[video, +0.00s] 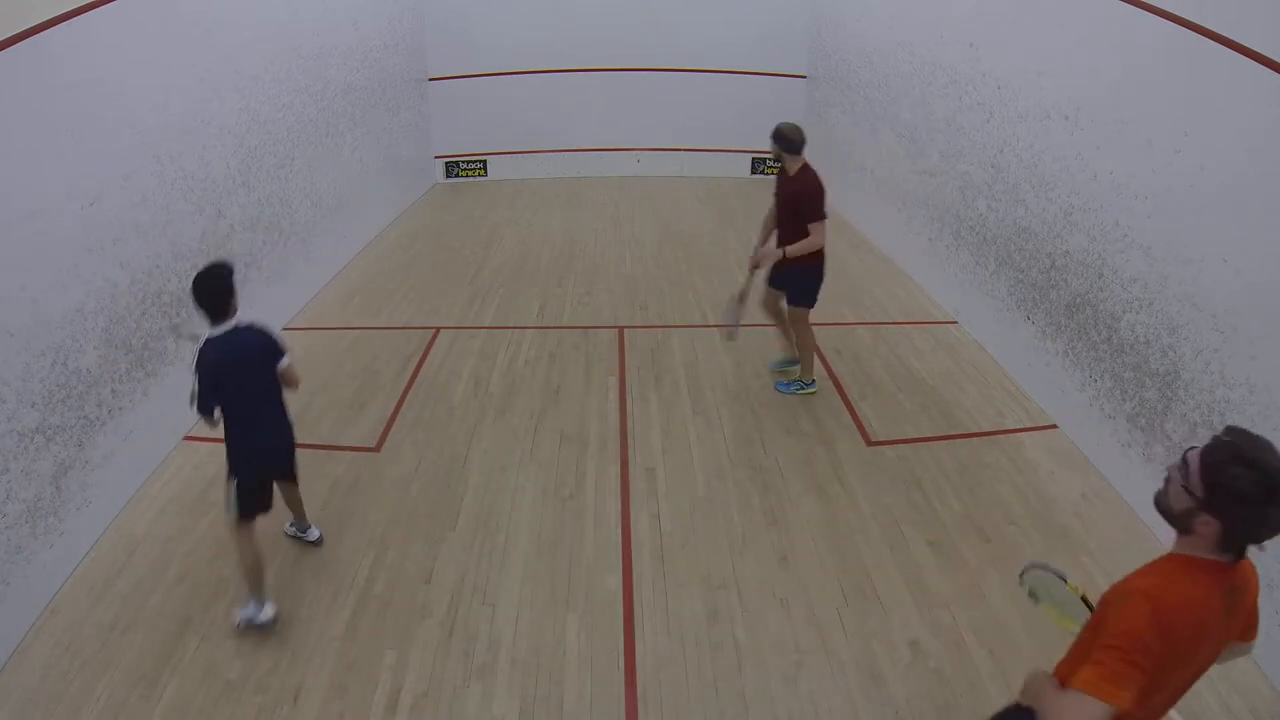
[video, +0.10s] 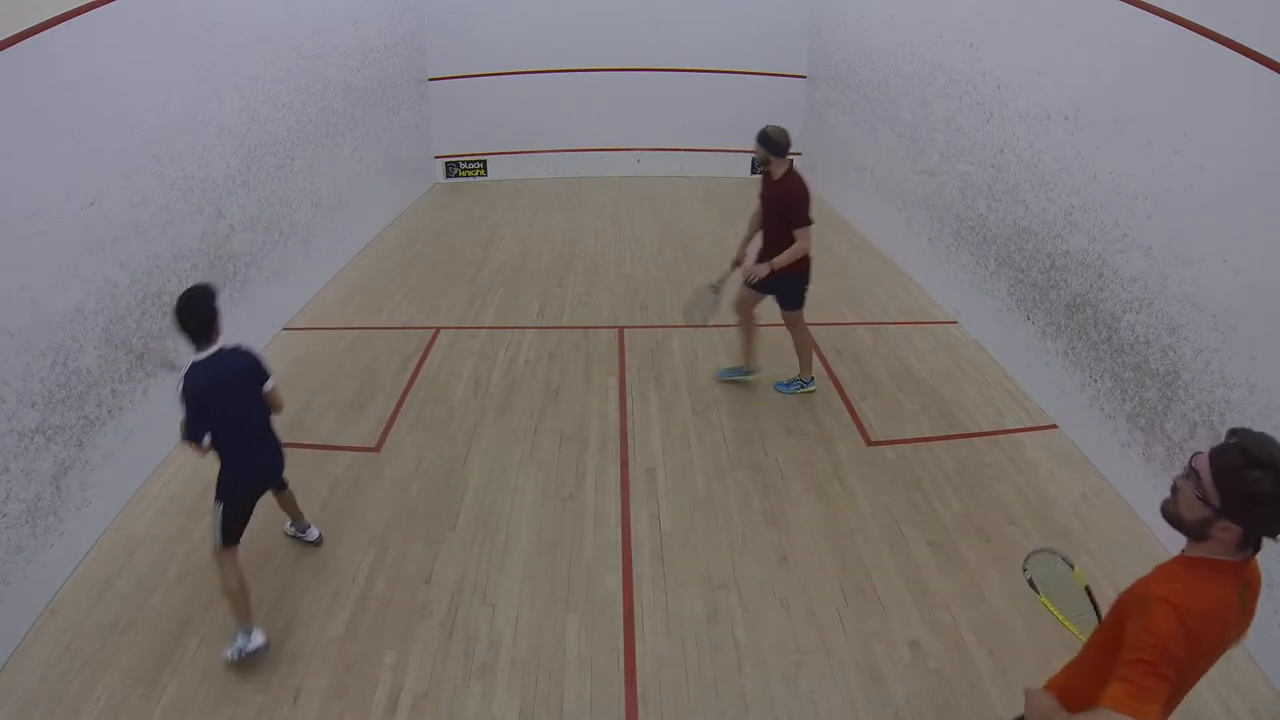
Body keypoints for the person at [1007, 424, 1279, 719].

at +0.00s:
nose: (1172, 465)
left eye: (1185, 473)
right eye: (1185, 459)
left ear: (1206, 524)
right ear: (1210, 526)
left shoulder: (1146, 599)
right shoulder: (1240, 576)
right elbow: (1236, 645)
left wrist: (1040, 691)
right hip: (1139, 710)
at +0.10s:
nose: (1180, 475)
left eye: (1195, 481)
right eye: (1191, 465)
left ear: (1226, 528)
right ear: (1229, 530)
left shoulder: (1165, 604)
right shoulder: (1244, 577)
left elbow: (1127, 712)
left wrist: (1057, 716)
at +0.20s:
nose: (1185, 490)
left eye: (1203, 493)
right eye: (1196, 477)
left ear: (1241, 536)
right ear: (1242, 538)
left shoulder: (1186, 615)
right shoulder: (1247, 574)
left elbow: (1151, 708)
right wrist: (1087, 654)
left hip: (1070, 715)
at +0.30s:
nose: (1191, 504)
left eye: (1211, 508)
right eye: (1201, 490)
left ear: (1251, 546)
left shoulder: (1198, 630)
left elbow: (1168, 711)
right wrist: (1100, 676)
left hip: (1077, 717)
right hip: (1079, 705)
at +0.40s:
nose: (1195, 514)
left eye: (1216, 518)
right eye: (1204, 498)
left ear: (1258, 552)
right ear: (1206, 485)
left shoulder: (1200, 636)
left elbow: (1176, 710)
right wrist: (1099, 676)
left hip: (1082, 715)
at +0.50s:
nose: (1198, 522)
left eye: (1222, 525)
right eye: (1207, 503)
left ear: (1262, 555)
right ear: (1208, 488)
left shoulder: (1199, 637)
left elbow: (1170, 710)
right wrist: (1102, 679)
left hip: (1085, 715)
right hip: (1089, 704)